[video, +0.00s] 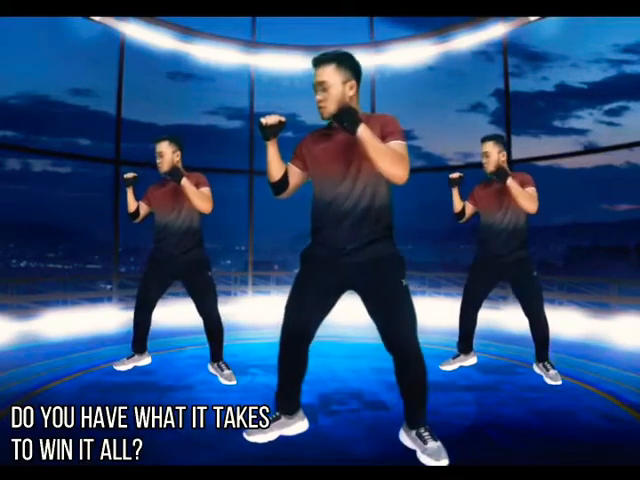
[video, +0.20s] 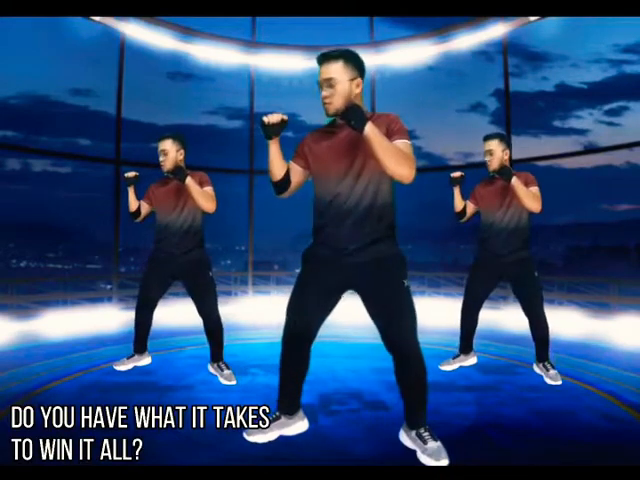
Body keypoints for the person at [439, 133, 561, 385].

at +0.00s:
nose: (484, 159)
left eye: (487, 154)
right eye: (482, 155)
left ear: (502, 155)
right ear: (483, 158)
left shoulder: (521, 180)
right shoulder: (482, 189)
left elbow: (531, 207)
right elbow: (462, 216)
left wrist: (508, 179)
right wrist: (455, 188)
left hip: (518, 259)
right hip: (488, 259)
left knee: (535, 311)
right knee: (469, 304)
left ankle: (542, 361)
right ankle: (465, 352)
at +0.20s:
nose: (486, 158)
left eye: (491, 153)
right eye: (485, 154)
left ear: (506, 153)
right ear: (486, 157)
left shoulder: (524, 179)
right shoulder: (483, 188)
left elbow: (535, 206)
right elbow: (462, 215)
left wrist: (512, 180)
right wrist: (456, 188)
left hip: (519, 258)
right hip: (488, 259)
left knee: (535, 312)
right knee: (470, 305)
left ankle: (543, 361)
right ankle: (465, 352)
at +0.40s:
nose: (494, 163)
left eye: (498, 157)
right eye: (489, 158)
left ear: (508, 160)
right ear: (484, 163)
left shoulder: (523, 185)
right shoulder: (480, 193)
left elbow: (536, 214)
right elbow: (463, 219)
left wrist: (513, 188)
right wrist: (455, 196)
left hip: (518, 263)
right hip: (487, 263)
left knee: (535, 315)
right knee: (462, 304)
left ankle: (543, 362)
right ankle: (464, 352)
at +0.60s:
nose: (494, 154)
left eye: (499, 148)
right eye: (489, 149)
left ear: (508, 152)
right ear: (484, 153)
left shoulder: (521, 179)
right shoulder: (478, 184)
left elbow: (535, 212)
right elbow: (460, 213)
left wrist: (513, 184)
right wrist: (453, 188)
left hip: (516, 259)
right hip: (486, 258)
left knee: (531, 311)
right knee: (461, 299)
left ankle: (543, 362)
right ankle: (463, 351)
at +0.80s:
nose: (493, 136)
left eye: (499, 132)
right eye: (489, 132)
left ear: (508, 138)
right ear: (483, 139)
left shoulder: (520, 166)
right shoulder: (476, 172)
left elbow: (536, 194)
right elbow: (456, 200)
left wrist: (512, 169)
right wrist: (449, 174)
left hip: (513, 244)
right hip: (483, 244)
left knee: (530, 300)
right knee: (467, 296)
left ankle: (542, 354)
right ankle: (459, 346)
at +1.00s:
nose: (493, 160)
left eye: (498, 155)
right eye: (488, 156)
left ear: (507, 159)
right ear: (483, 160)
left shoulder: (521, 188)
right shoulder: (478, 193)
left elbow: (529, 221)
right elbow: (463, 219)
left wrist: (509, 195)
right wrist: (452, 202)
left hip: (515, 265)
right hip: (483, 263)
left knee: (532, 318)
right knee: (459, 305)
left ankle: (538, 366)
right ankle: (463, 353)